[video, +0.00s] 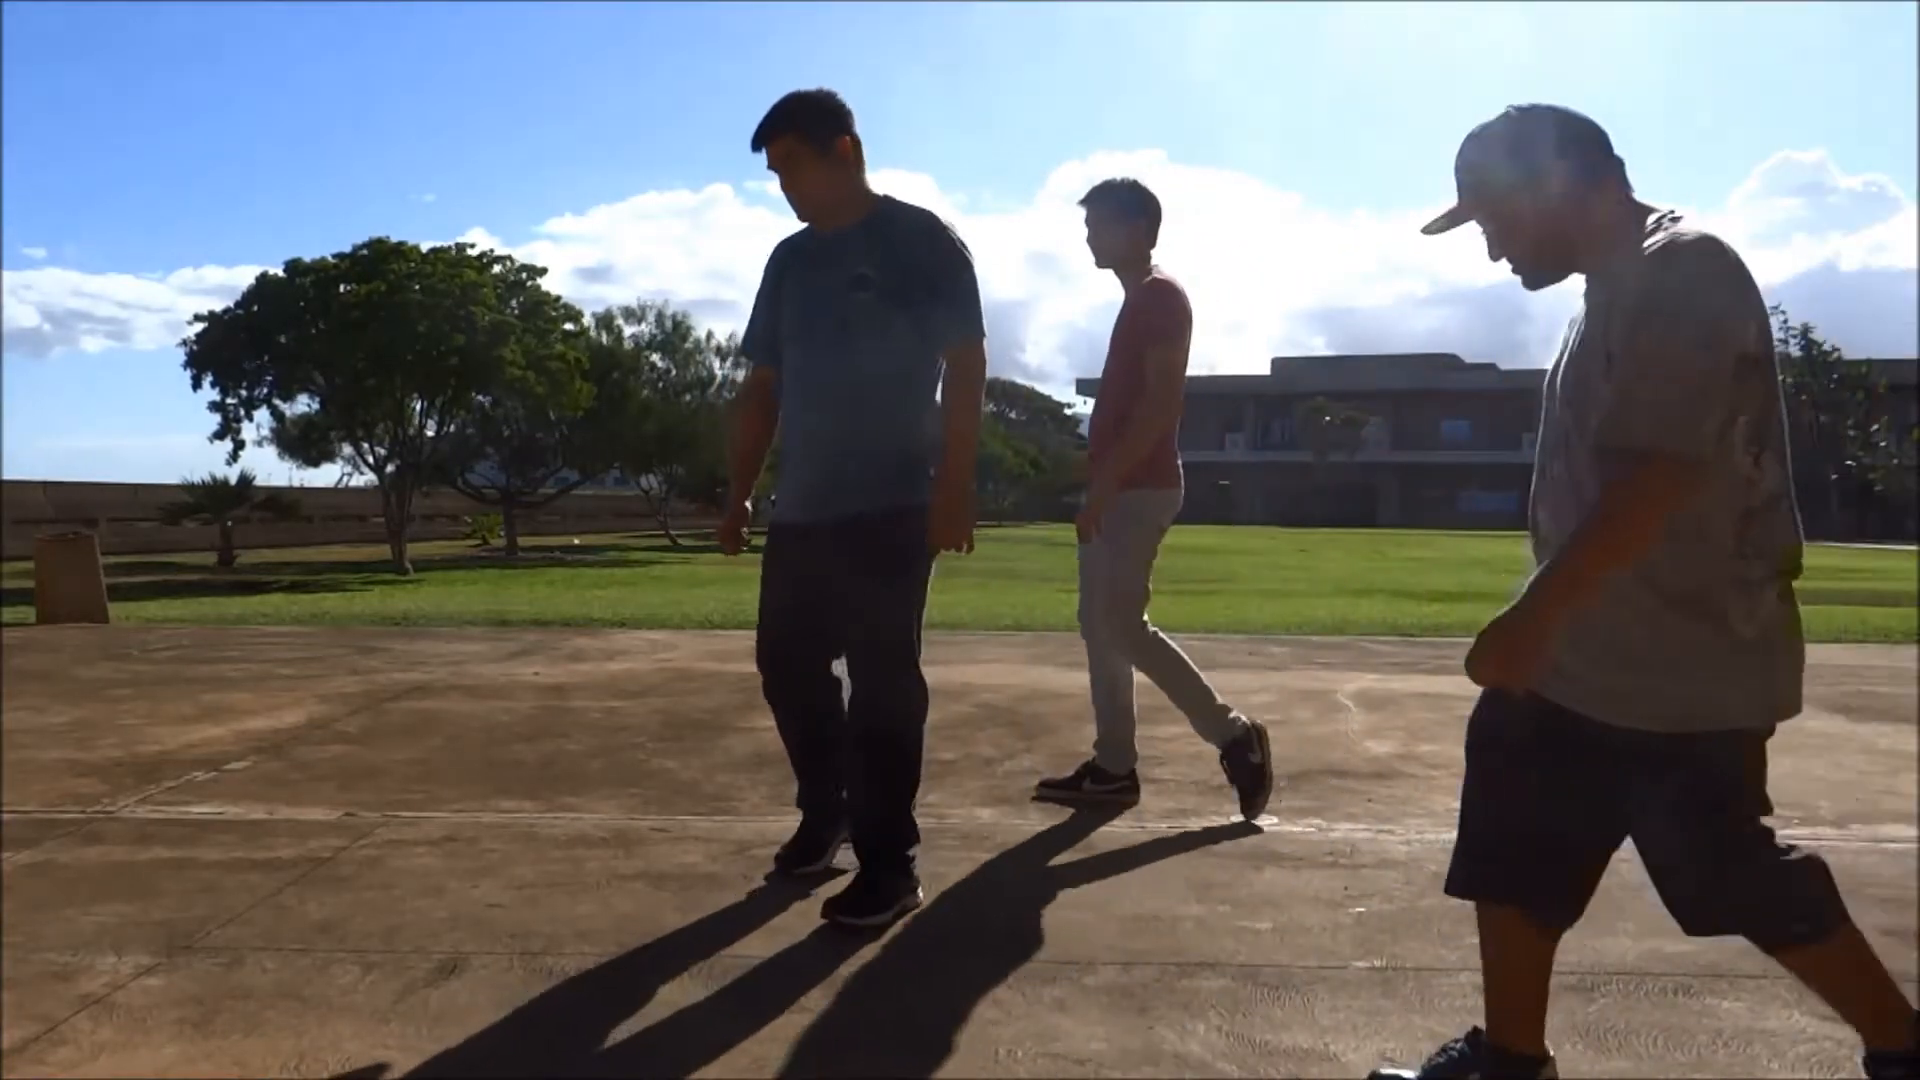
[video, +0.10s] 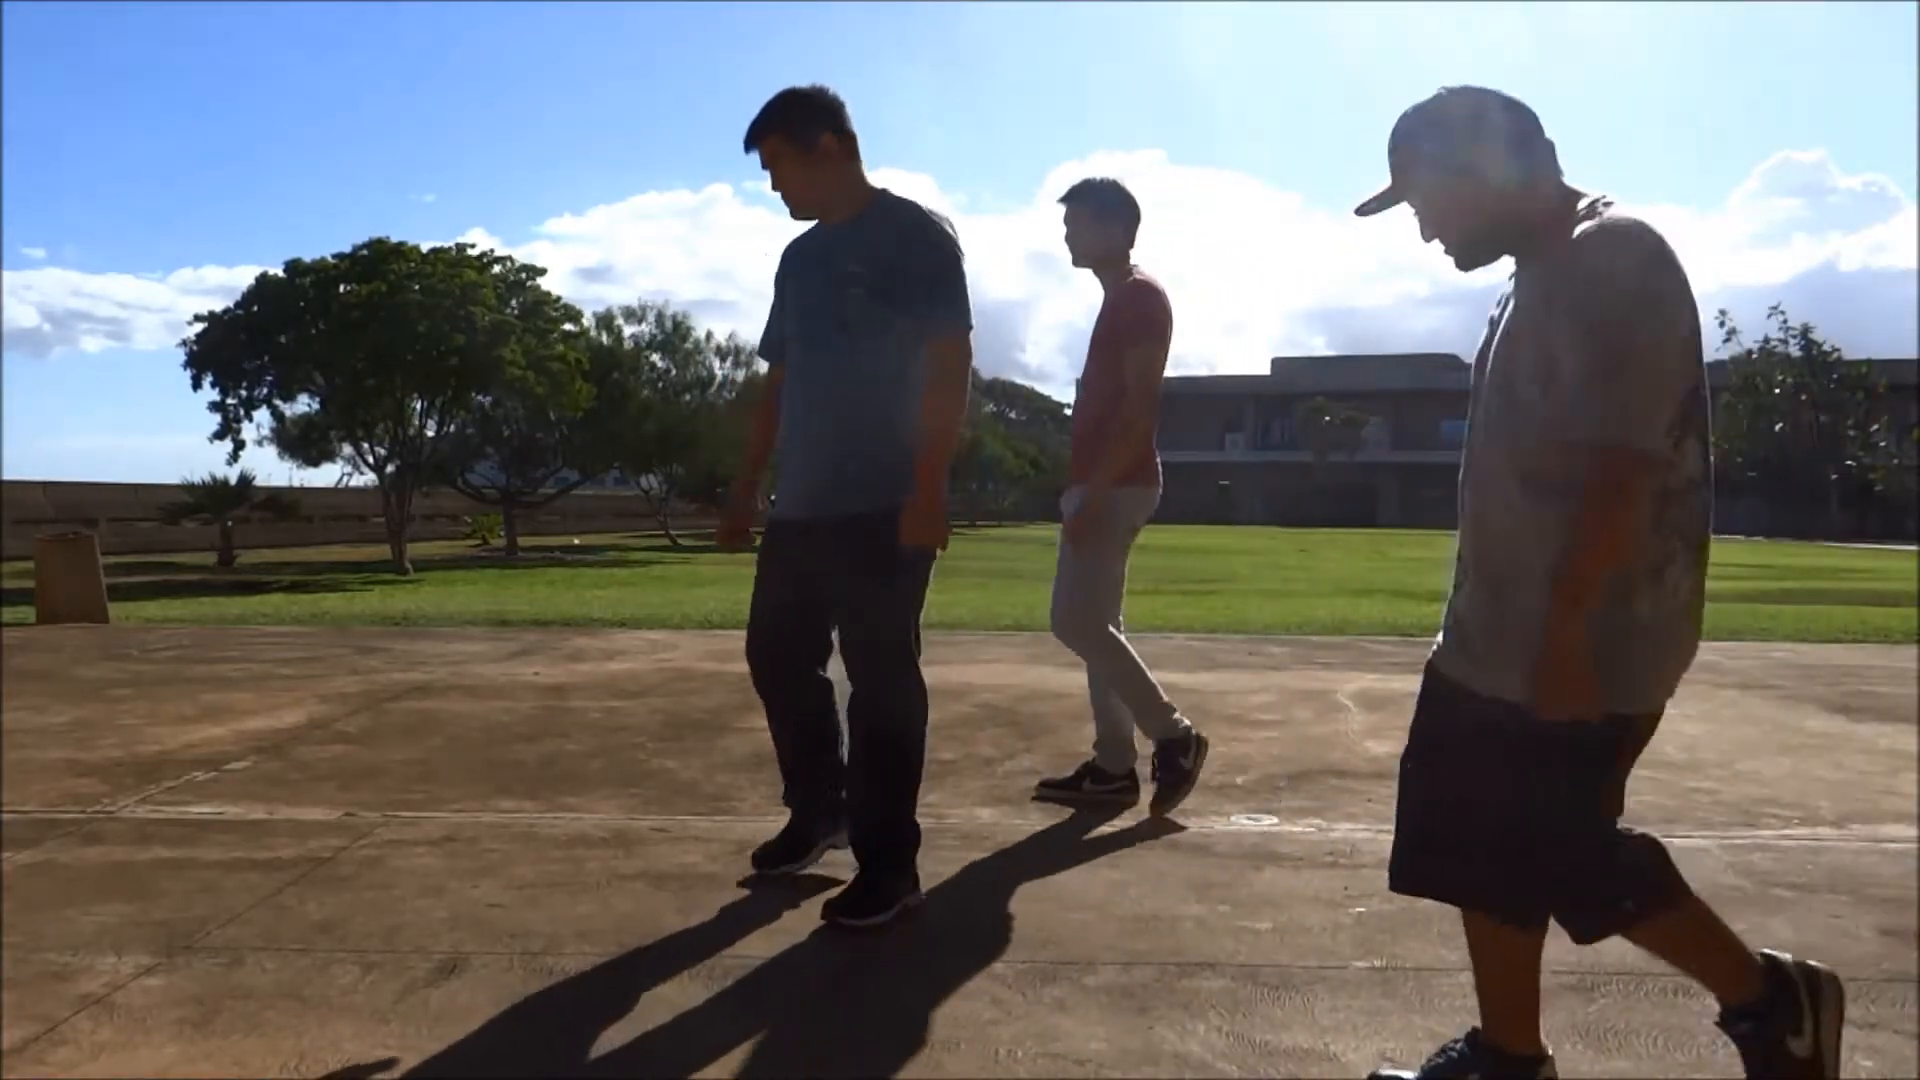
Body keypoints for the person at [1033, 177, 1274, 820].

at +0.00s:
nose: (1088, 236)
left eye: (1096, 225)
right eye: (1087, 226)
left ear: (1136, 227)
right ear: (1124, 231)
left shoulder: (1160, 298)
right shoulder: (1140, 301)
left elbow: (1159, 408)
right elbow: (1138, 405)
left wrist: (1105, 485)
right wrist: (1099, 485)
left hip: (1141, 491)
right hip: (1118, 490)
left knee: (1119, 625)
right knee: (1098, 624)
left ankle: (1237, 738)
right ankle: (1113, 768)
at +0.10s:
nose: (1066, 236)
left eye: (1074, 224)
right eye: (1066, 225)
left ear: (1112, 227)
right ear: (1104, 231)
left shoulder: (1139, 298)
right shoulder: (1122, 298)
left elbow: (1138, 409)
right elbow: (1121, 405)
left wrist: (1096, 487)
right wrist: (1085, 484)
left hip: (1117, 487)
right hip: (1101, 485)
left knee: (1075, 620)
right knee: (1095, 623)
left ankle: (1175, 738)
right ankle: (1112, 767)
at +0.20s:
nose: (1048, 232)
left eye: (1058, 220)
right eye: (1049, 221)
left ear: (1095, 225)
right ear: (1079, 230)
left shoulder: (1121, 298)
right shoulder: (1099, 300)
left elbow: (1124, 409)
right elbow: (1098, 407)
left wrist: (1085, 499)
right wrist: (1069, 493)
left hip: (1094, 484)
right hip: (1083, 483)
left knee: (1041, 611)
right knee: (1092, 620)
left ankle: (1106, 753)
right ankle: (1109, 758)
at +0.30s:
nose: (1026, 234)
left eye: (1035, 223)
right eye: (1028, 223)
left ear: (1074, 227)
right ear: (1067, 230)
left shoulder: (1104, 300)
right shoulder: (1077, 302)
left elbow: (1109, 413)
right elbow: (1079, 408)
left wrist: (1079, 509)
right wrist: (1055, 492)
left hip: (1077, 483)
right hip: (1067, 479)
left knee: (1013, 609)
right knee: (1086, 624)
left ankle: (1029, 761)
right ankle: (1113, 765)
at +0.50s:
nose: (981, 237)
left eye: (990, 225)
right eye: (984, 225)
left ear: (1023, 233)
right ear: (1023, 235)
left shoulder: (1062, 305)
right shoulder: (1033, 307)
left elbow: (1077, 416)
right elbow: (1018, 413)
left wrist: (1065, 515)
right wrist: (984, 484)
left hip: (1037, 494)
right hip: (1026, 492)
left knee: (984, 629)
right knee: (1067, 630)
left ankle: (933, 767)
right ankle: (1110, 764)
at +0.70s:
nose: (931, 229)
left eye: (941, 219)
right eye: (935, 218)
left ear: (971, 229)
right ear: (975, 230)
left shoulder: (1011, 303)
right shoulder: (977, 305)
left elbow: (1032, 406)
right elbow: (961, 411)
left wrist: (1027, 504)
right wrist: (927, 482)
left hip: (979, 492)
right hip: (984, 490)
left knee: (943, 626)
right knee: (1022, 620)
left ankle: (921, 768)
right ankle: (1096, 739)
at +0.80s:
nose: (907, 227)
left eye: (916, 216)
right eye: (910, 215)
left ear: (947, 225)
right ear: (946, 226)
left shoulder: (980, 298)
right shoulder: (952, 299)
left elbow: (987, 402)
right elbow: (935, 404)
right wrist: (902, 483)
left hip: (959, 486)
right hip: (940, 482)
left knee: (936, 628)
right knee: (950, 626)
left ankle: (924, 765)